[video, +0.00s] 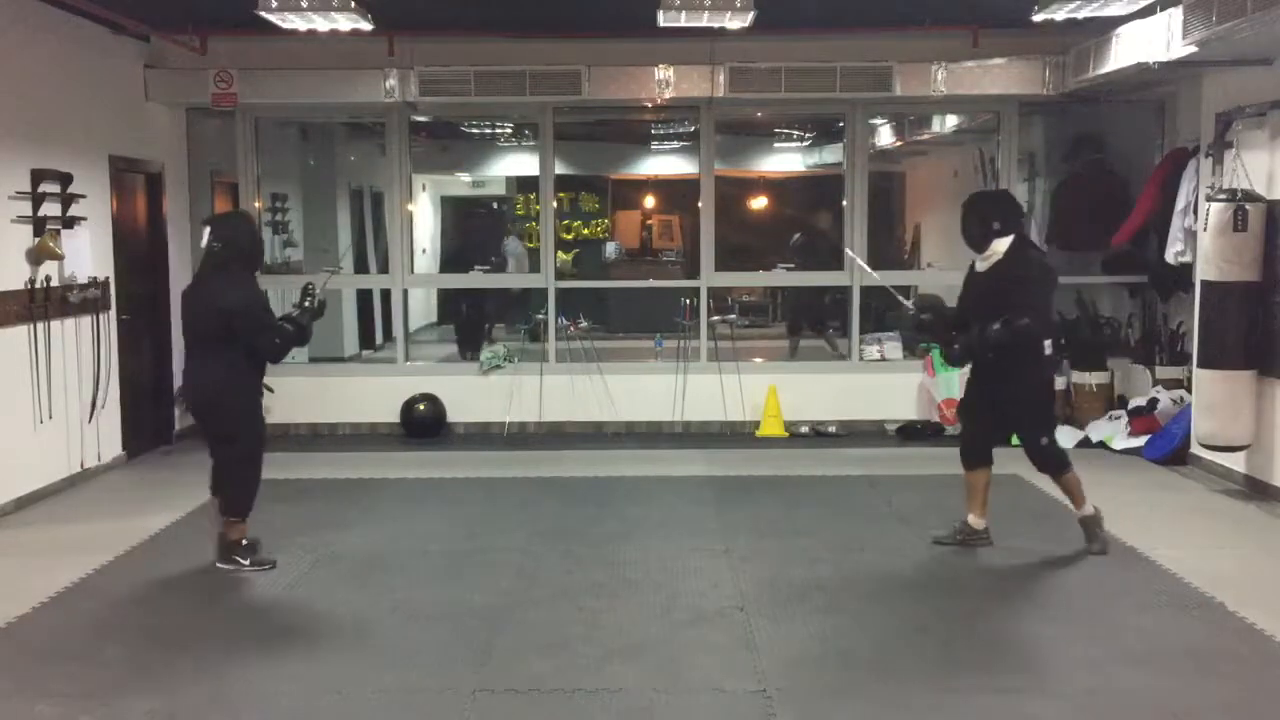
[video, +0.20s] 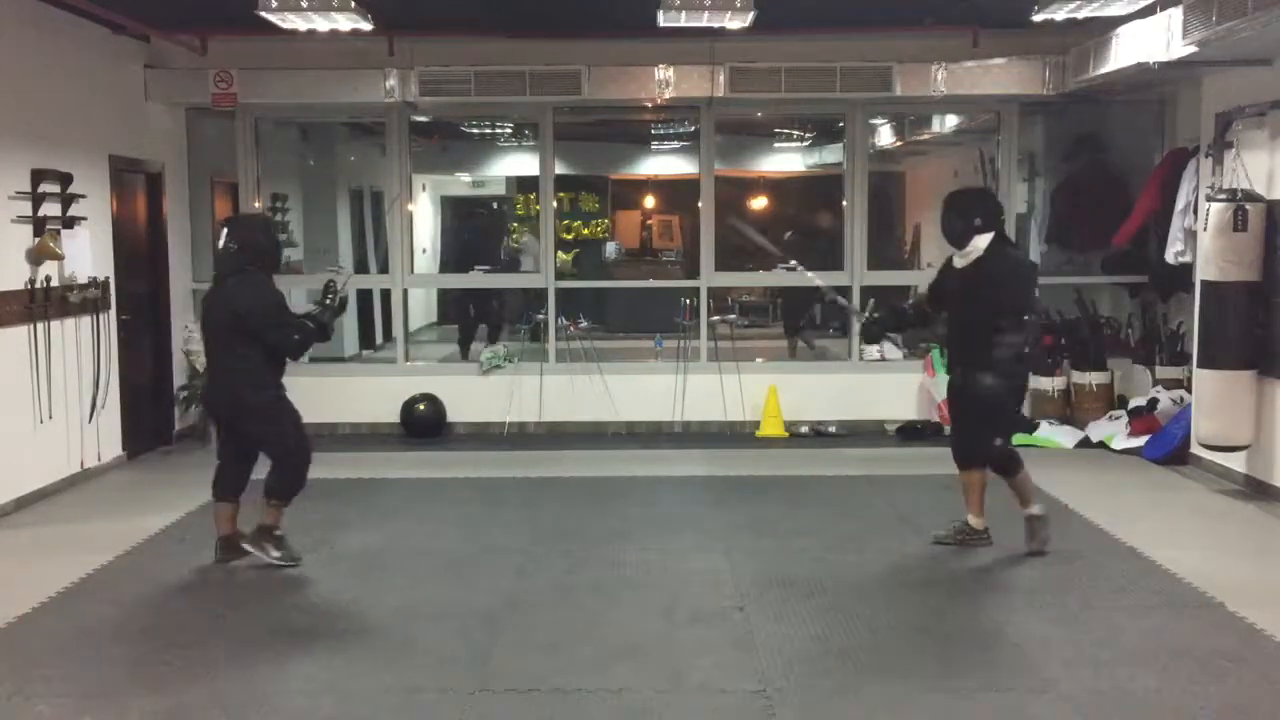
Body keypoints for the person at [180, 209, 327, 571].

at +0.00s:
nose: (261, 248)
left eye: (259, 240)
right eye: (257, 240)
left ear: (214, 245)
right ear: (247, 245)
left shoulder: (194, 290)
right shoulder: (242, 289)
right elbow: (272, 346)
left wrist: (289, 319)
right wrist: (301, 320)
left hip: (202, 391)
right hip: (234, 393)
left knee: (227, 456)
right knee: (244, 459)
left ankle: (230, 536)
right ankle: (233, 547)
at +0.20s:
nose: (280, 251)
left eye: (278, 243)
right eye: (275, 243)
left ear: (233, 247)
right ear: (260, 247)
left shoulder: (218, 291)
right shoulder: (256, 289)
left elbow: (268, 330)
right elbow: (290, 340)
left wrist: (312, 318)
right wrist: (321, 318)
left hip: (223, 394)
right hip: (256, 395)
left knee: (235, 458)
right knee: (294, 452)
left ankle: (227, 539)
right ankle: (269, 532)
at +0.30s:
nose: (294, 247)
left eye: (291, 240)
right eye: (288, 240)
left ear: (252, 247)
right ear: (273, 247)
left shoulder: (238, 285)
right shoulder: (269, 287)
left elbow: (287, 326)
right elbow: (306, 339)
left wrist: (328, 317)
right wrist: (336, 319)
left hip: (238, 391)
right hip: (269, 393)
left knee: (242, 460)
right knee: (301, 453)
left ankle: (228, 539)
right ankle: (313, 538)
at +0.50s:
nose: (325, 253)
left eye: (322, 246)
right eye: (322, 246)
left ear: (283, 249)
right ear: (316, 250)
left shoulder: (267, 288)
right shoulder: (311, 293)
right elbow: (341, 335)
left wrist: (352, 314)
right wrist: (373, 321)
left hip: (268, 389)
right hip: (305, 391)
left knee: (285, 453)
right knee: (329, 458)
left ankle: (245, 523)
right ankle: (327, 539)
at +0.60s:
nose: (341, 253)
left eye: (339, 246)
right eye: (338, 246)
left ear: (300, 248)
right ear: (331, 251)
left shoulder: (283, 289)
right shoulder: (324, 294)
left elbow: (327, 308)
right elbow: (368, 334)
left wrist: (363, 298)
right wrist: (396, 303)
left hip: (282, 388)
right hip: (318, 390)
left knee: (303, 452)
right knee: (341, 457)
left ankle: (275, 519)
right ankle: (329, 538)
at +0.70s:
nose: (357, 258)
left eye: (356, 253)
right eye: (353, 252)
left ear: (316, 250)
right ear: (341, 256)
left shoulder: (298, 280)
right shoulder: (341, 296)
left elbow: (350, 263)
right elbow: (376, 332)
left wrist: (388, 266)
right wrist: (401, 289)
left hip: (294, 391)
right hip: (332, 393)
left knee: (314, 453)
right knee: (372, 453)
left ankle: (287, 530)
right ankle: (342, 525)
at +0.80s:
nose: (369, 270)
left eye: (368, 263)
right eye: (366, 263)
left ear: (332, 256)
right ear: (359, 264)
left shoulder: (312, 286)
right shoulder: (356, 297)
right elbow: (400, 315)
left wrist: (381, 240)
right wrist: (402, 266)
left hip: (309, 393)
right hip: (346, 394)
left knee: (327, 456)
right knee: (397, 446)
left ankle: (290, 530)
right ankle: (386, 527)